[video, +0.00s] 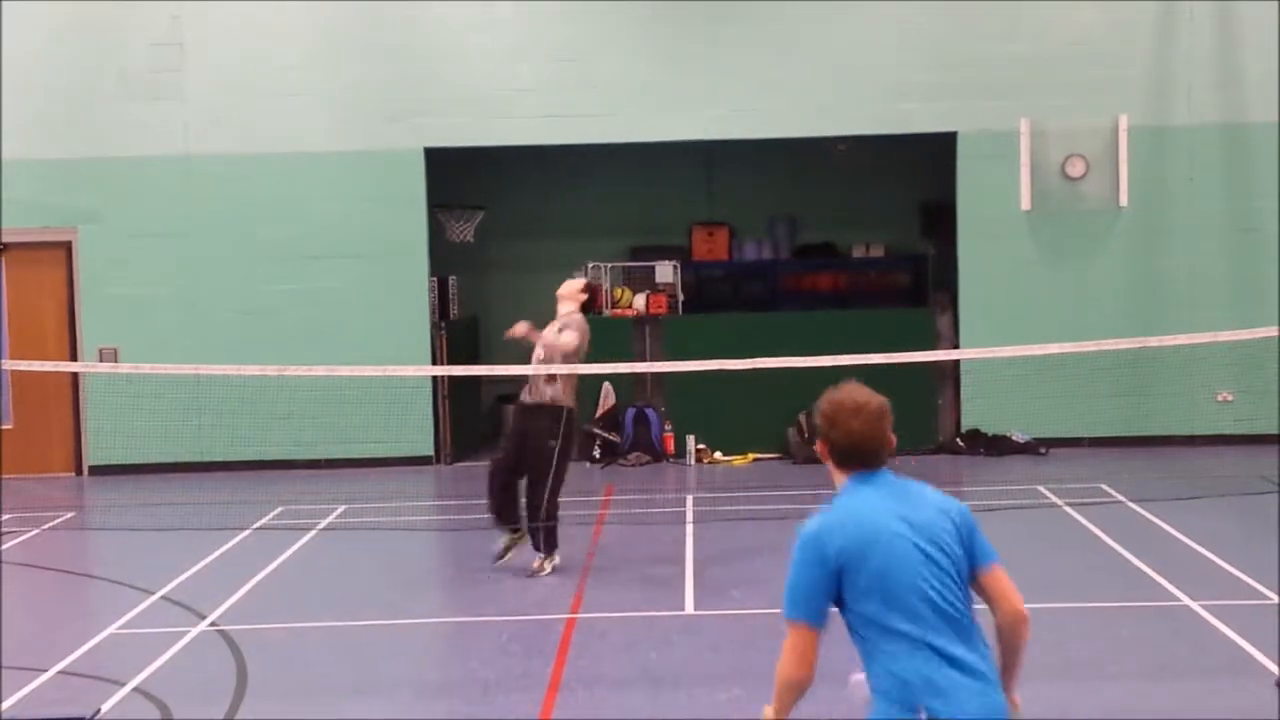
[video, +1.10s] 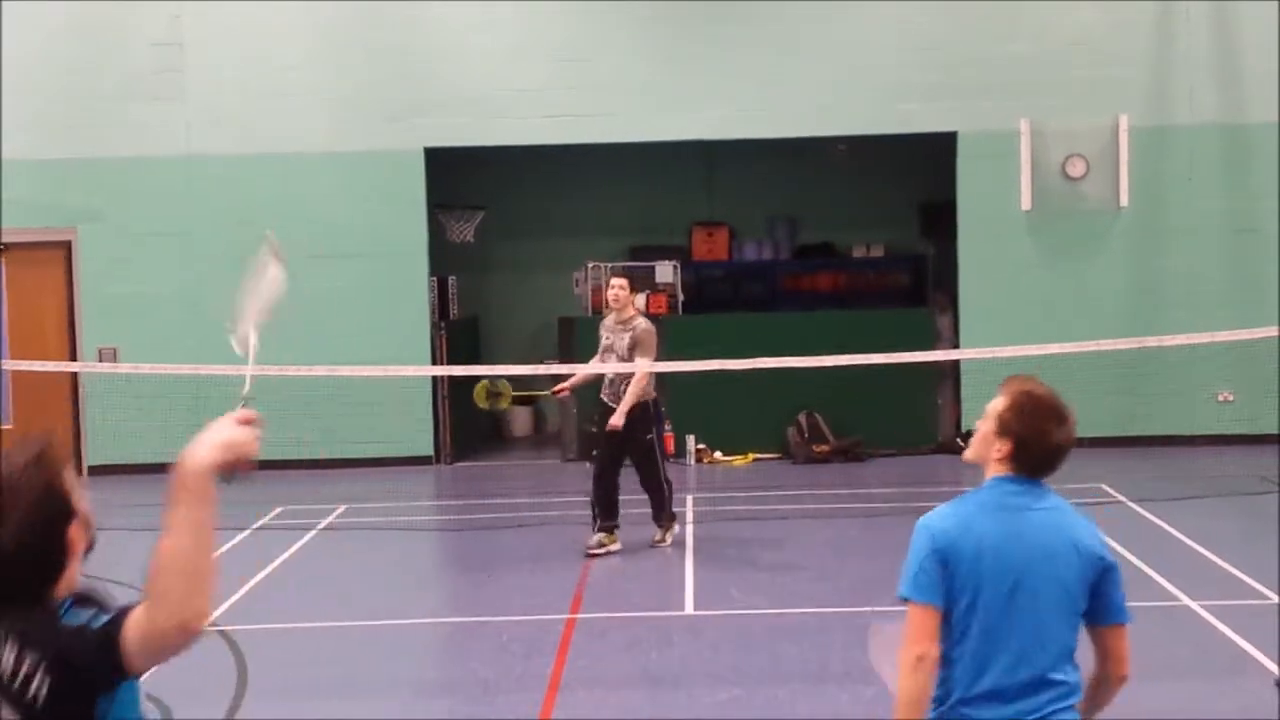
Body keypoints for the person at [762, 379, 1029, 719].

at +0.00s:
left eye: (817, 438)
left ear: (822, 450)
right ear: (892, 442)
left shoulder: (825, 531)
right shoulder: (945, 507)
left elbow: (797, 672)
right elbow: (1014, 614)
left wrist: (777, 711)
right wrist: (1007, 688)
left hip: (904, 709)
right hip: (984, 704)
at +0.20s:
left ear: (850, 478)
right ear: (924, 468)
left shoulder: (850, 570)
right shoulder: (989, 537)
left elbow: (837, 705)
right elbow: (1056, 647)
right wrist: (1055, 712)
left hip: (937, 710)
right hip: (1024, 709)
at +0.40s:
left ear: (893, 451)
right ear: (970, 440)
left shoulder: (885, 548)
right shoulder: (1028, 519)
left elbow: (875, 698)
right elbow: (1100, 635)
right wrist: (1090, 713)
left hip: (963, 711)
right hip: (1051, 708)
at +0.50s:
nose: (918, 432)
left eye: (919, 425)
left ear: (925, 441)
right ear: (994, 439)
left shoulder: (904, 540)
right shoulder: (1050, 521)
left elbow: (890, 687)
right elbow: (1115, 644)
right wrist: (1114, 713)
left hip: (965, 710)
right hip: (1055, 709)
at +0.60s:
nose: (952, 415)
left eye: (956, 412)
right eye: (957, 409)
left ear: (966, 439)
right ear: (1030, 443)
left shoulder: (928, 535)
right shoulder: (1074, 529)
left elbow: (905, 680)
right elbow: (1129, 660)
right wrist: (1133, 714)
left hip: (971, 709)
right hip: (1061, 708)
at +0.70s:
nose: (989, 412)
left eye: (997, 410)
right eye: (997, 406)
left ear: (1008, 446)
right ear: (1062, 452)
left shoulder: (955, 534)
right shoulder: (1102, 541)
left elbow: (924, 673)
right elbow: (1135, 678)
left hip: (983, 709)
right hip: (1074, 710)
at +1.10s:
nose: (976, 424)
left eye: (986, 418)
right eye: (984, 415)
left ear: (1001, 447)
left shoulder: (941, 528)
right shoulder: (1083, 535)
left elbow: (922, 655)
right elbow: (1115, 670)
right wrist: (1079, 712)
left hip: (965, 709)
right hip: (1056, 709)